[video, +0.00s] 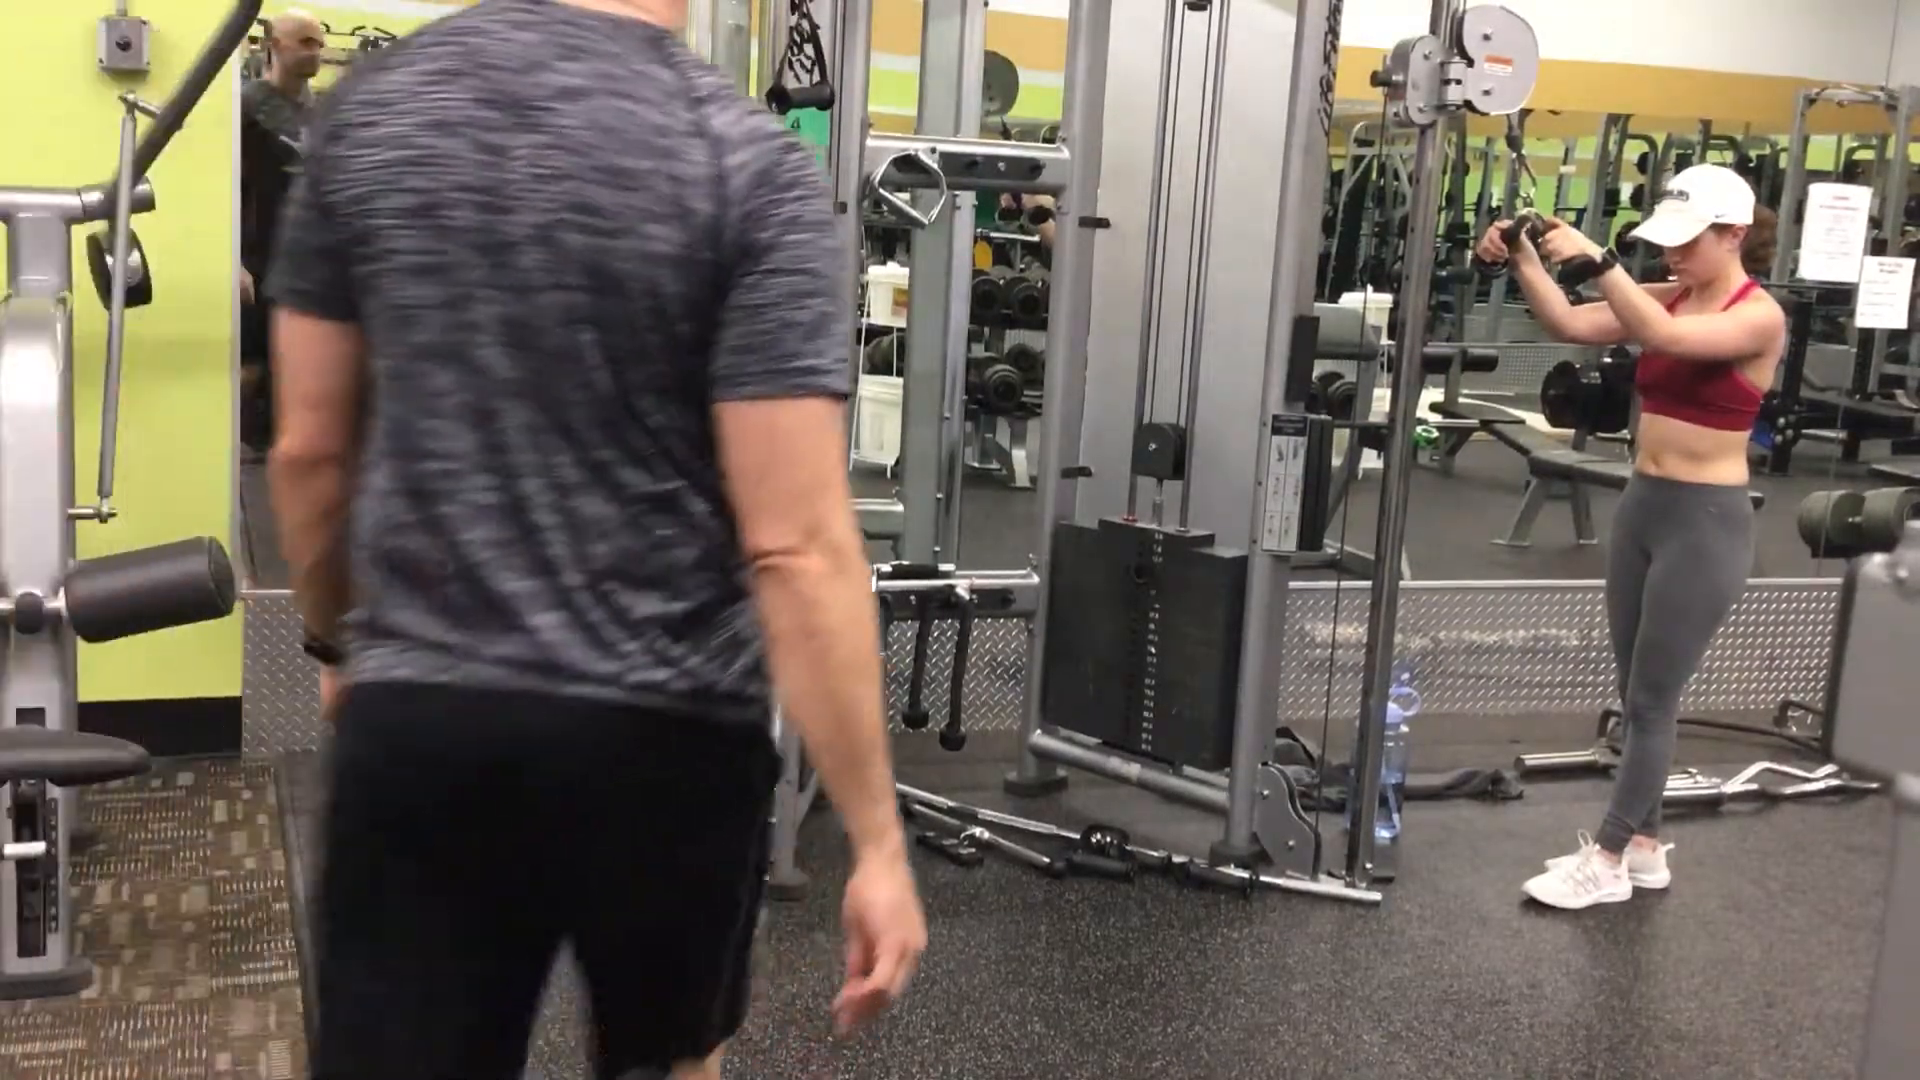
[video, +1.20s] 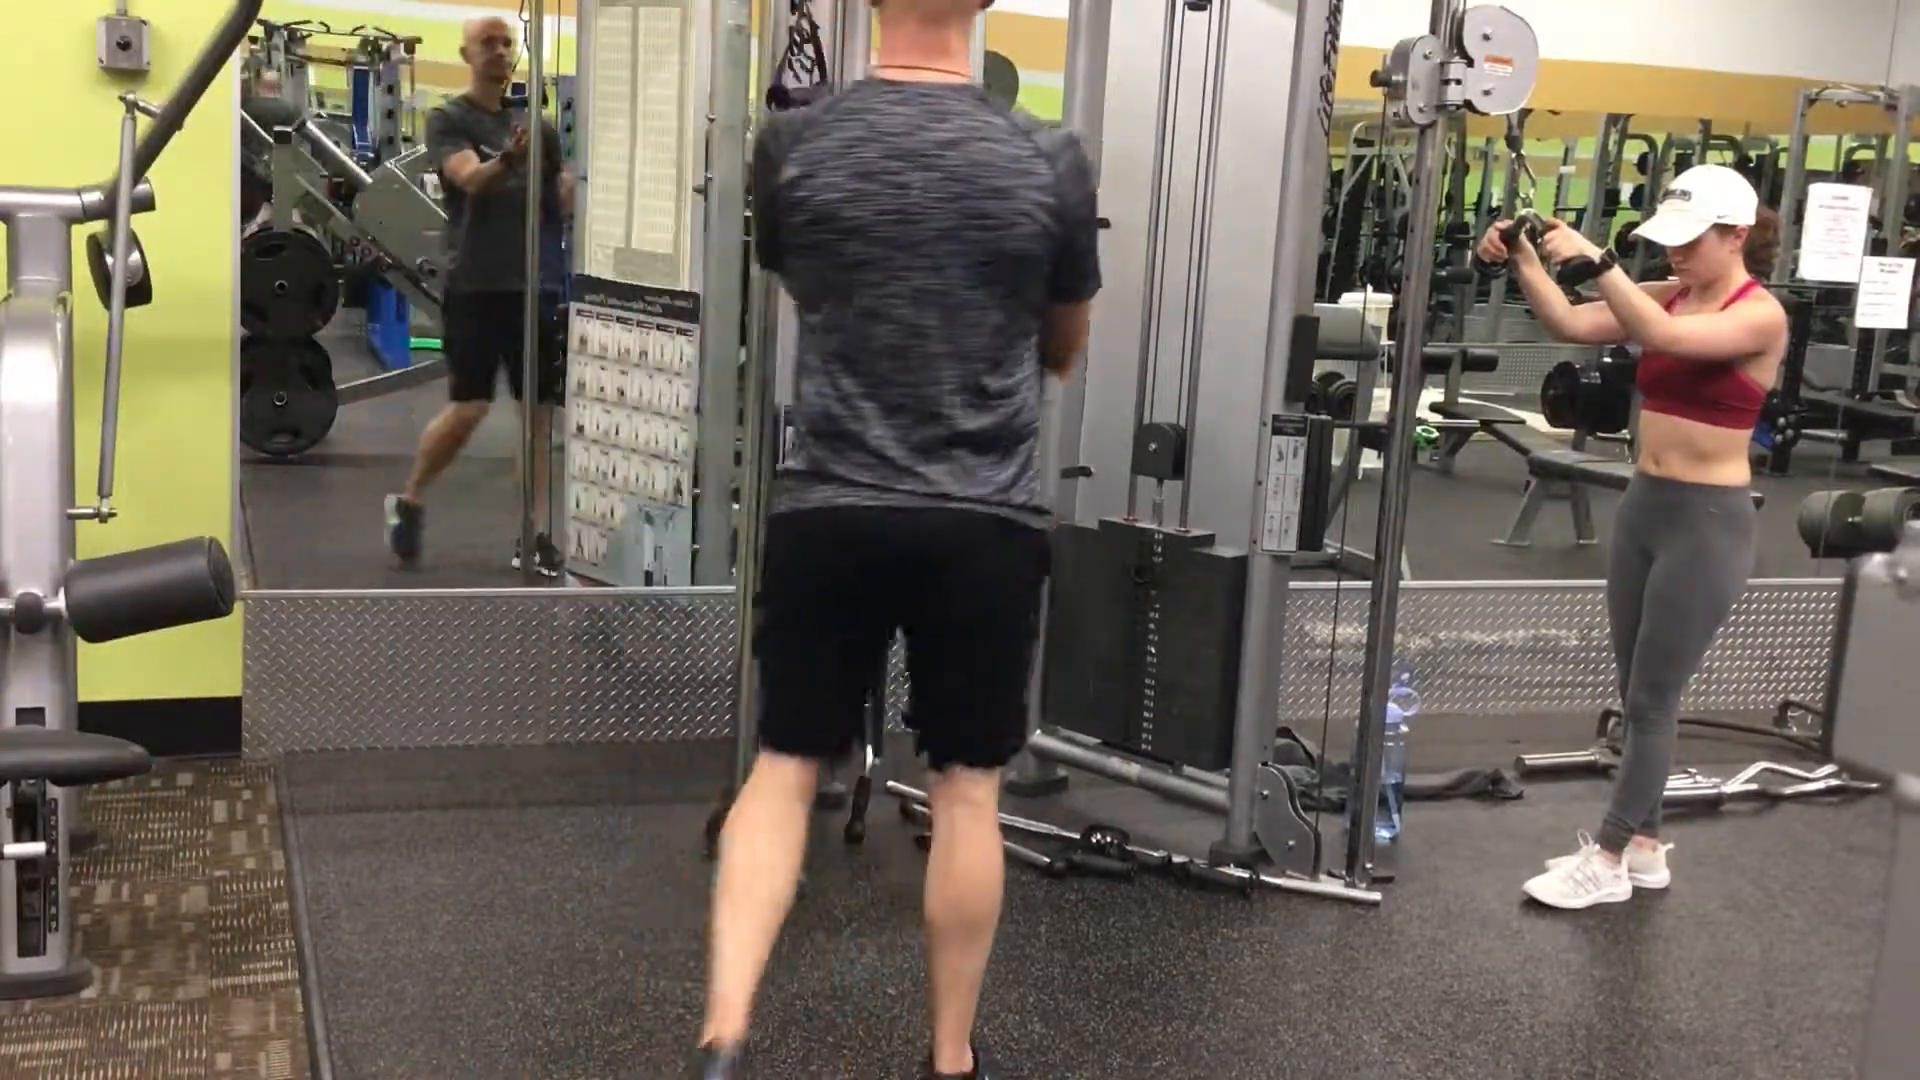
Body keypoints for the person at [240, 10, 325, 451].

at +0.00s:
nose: (317, 52)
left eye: (319, 42)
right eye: (306, 42)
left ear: (319, 48)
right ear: (276, 46)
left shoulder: (319, 113)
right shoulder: (245, 106)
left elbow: (328, 187)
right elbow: (227, 189)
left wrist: (331, 247)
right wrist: (234, 260)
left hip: (309, 252)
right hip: (261, 256)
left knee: (307, 351)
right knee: (259, 360)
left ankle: (304, 442)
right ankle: (257, 443)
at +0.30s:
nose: (361, 47)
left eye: (365, 39)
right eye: (350, 38)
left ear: (369, 46)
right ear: (321, 43)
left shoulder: (380, 119)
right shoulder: (288, 109)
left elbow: (393, 198)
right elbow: (262, 192)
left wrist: (414, 251)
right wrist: (251, 264)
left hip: (362, 266)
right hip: (308, 263)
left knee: (342, 380)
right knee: (326, 377)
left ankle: (324, 496)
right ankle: (321, 502)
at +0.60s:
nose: (400, 49)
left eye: (404, 40)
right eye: (388, 39)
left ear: (408, 50)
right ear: (358, 49)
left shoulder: (421, 127)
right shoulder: (326, 121)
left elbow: (440, 208)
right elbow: (313, 209)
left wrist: (472, 265)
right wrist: (326, 282)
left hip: (413, 280)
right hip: (358, 279)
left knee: (412, 396)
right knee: (373, 394)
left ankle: (344, 468)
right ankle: (372, 519)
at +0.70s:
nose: (412, 43)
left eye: (417, 35)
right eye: (400, 34)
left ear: (421, 44)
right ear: (371, 44)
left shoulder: (436, 123)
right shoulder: (347, 115)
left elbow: (451, 207)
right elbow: (335, 202)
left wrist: (485, 260)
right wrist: (372, 263)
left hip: (430, 277)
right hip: (371, 276)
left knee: (450, 395)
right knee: (377, 394)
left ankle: (386, 468)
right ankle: (370, 520)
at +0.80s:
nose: (428, 44)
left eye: (432, 35)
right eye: (416, 35)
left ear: (436, 44)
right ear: (386, 43)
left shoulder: (450, 122)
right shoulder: (365, 115)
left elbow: (466, 210)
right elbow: (366, 203)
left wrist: (502, 255)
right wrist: (413, 231)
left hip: (446, 279)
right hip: (388, 279)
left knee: (480, 392)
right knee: (383, 395)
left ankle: (436, 499)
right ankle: (372, 521)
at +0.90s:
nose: (446, 47)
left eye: (450, 39)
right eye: (434, 38)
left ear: (453, 48)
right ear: (406, 48)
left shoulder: (468, 126)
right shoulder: (387, 114)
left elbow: (489, 207)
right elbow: (398, 195)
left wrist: (527, 253)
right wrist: (457, 205)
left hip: (464, 287)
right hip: (406, 285)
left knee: (492, 403)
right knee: (391, 399)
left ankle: (503, 527)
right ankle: (372, 521)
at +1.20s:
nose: (500, 52)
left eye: (505, 43)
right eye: (489, 44)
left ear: (515, 52)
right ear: (466, 54)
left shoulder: (533, 124)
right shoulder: (447, 119)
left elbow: (564, 188)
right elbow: (471, 179)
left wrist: (564, 191)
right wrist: (511, 156)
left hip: (535, 285)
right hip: (474, 287)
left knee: (541, 415)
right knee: (468, 408)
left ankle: (537, 535)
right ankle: (409, 503)